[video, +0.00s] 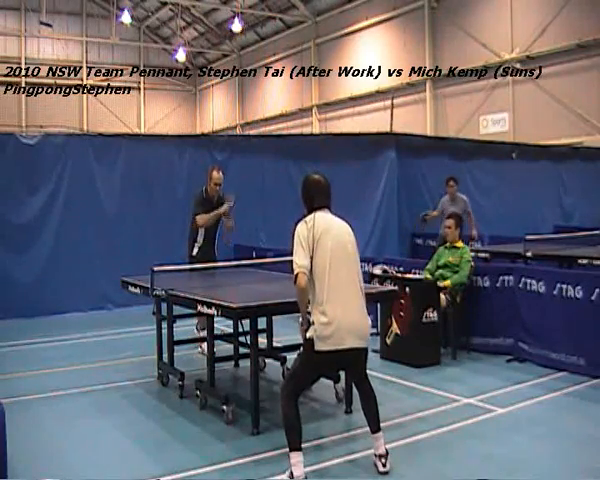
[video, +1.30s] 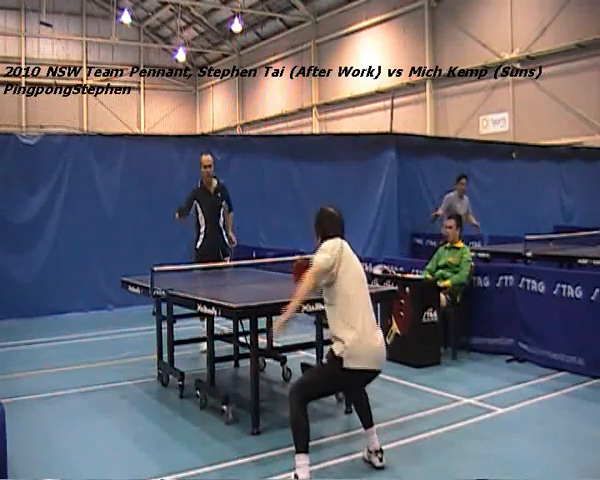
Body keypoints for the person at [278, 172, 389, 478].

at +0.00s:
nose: (304, 201)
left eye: (303, 197)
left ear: (304, 199)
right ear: (329, 198)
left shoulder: (305, 227)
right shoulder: (346, 227)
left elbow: (301, 281)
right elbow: (353, 276)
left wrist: (303, 317)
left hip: (327, 334)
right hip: (360, 331)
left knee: (289, 391)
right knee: (361, 380)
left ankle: (297, 468)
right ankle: (381, 449)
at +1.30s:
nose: (315, 232)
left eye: (315, 228)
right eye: (317, 228)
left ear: (318, 229)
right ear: (342, 228)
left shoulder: (331, 248)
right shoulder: (350, 255)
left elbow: (311, 279)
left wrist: (286, 316)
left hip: (350, 357)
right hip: (376, 356)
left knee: (297, 393)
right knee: (352, 385)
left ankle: (302, 470)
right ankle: (374, 448)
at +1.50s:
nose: (318, 213)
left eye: (319, 208)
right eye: (321, 207)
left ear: (323, 211)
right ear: (345, 208)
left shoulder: (337, 230)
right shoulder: (356, 232)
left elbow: (348, 256)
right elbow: (347, 262)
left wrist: (359, 282)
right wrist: (324, 261)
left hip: (361, 332)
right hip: (384, 333)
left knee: (316, 389)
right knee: (358, 379)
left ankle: (302, 468)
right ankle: (375, 449)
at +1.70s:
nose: (326, 192)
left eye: (327, 187)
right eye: (328, 187)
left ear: (332, 187)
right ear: (354, 184)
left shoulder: (344, 206)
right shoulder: (365, 210)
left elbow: (356, 237)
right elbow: (370, 266)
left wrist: (353, 289)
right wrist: (336, 274)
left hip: (367, 316)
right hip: (387, 314)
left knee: (336, 384)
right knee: (364, 373)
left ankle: (346, 459)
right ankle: (376, 446)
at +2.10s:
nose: (336, 188)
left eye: (336, 182)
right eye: (341, 180)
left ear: (339, 185)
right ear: (363, 183)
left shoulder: (348, 214)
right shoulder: (379, 215)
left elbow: (332, 264)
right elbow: (384, 267)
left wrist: (317, 322)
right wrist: (358, 308)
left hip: (371, 322)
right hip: (399, 320)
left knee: (340, 393)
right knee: (384, 379)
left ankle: (369, 466)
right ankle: (407, 450)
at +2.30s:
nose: (324, 199)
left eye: (324, 194)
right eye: (328, 192)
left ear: (327, 195)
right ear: (351, 192)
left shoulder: (340, 222)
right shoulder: (365, 222)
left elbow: (318, 275)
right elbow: (351, 273)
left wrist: (299, 321)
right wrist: (319, 283)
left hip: (365, 332)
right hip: (391, 330)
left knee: (323, 392)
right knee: (375, 375)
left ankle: (335, 465)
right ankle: (400, 440)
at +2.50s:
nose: (302, 233)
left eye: (303, 229)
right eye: (304, 228)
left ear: (307, 231)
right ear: (330, 228)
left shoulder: (319, 256)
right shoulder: (344, 253)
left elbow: (279, 274)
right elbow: (294, 268)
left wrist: (253, 269)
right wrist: (266, 269)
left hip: (363, 356)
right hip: (384, 351)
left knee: (311, 402)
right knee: (349, 381)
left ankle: (331, 472)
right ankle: (353, 434)